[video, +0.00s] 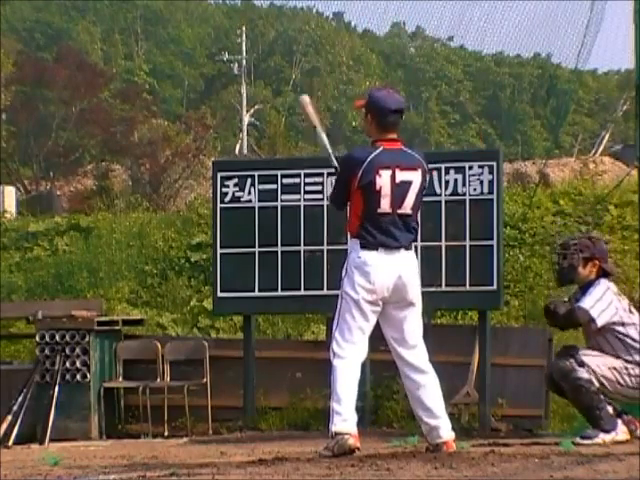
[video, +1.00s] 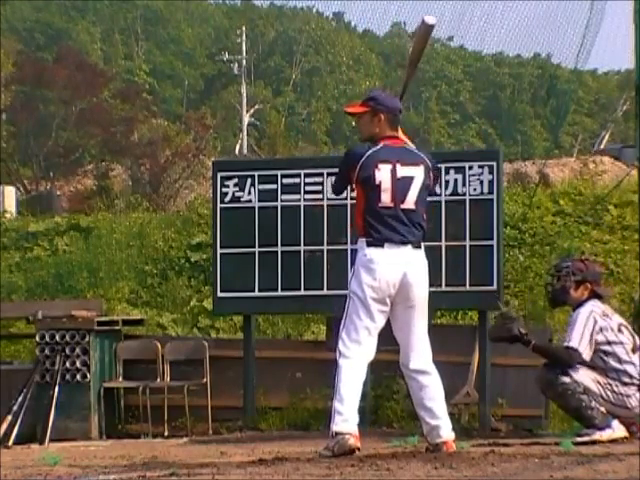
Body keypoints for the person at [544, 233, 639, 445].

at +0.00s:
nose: (566, 264)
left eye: (574, 259)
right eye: (566, 258)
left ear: (594, 266)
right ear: (593, 266)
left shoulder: (602, 288)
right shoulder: (589, 290)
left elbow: (574, 318)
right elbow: (568, 310)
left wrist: (554, 310)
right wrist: (555, 311)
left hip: (633, 371)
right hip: (621, 368)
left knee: (567, 363)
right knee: (556, 373)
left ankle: (611, 428)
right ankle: (620, 421)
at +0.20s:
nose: (564, 279)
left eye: (571, 274)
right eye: (565, 273)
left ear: (593, 282)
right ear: (592, 283)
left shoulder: (600, 305)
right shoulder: (598, 304)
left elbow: (562, 333)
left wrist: (546, 321)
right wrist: (552, 322)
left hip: (632, 394)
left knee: (560, 366)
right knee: (563, 362)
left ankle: (608, 427)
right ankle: (625, 421)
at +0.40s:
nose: (564, 282)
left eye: (572, 277)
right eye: (565, 276)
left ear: (593, 286)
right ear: (593, 286)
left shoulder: (598, 308)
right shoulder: (603, 306)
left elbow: (566, 337)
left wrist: (536, 322)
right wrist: (535, 322)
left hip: (630, 396)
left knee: (555, 371)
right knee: (567, 364)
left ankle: (606, 426)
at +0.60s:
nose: (561, 284)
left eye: (569, 279)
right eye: (563, 277)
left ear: (591, 286)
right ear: (591, 287)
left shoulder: (593, 310)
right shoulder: (603, 307)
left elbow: (564, 351)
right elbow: (574, 350)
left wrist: (536, 323)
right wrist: (541, 331)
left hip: (630, 396)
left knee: (556, 372)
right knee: (564, 367)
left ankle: (606, 426)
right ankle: (625, 421)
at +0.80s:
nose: (559, 286)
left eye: (567, 281)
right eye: (561, 280)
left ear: (589, 288)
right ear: (589, 289)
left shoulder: (591, 310)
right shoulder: (603, 308)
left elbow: (562, 353)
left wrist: (524, 332)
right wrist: (546, 355)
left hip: (629, 397)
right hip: (630, 394)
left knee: (555, 373)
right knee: (565, 368)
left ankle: (606, 426)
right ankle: (625, 421)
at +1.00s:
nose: (555, 287)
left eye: (563, 282)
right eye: (556, 281)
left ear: (585, 289)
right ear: (585, 290)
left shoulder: (587, 312)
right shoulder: (601, 309)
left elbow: (572, 357)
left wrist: (527, 341)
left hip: (629, 398)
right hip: (631, 394)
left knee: (552, 374)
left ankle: (606, 426)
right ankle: (624, 422)